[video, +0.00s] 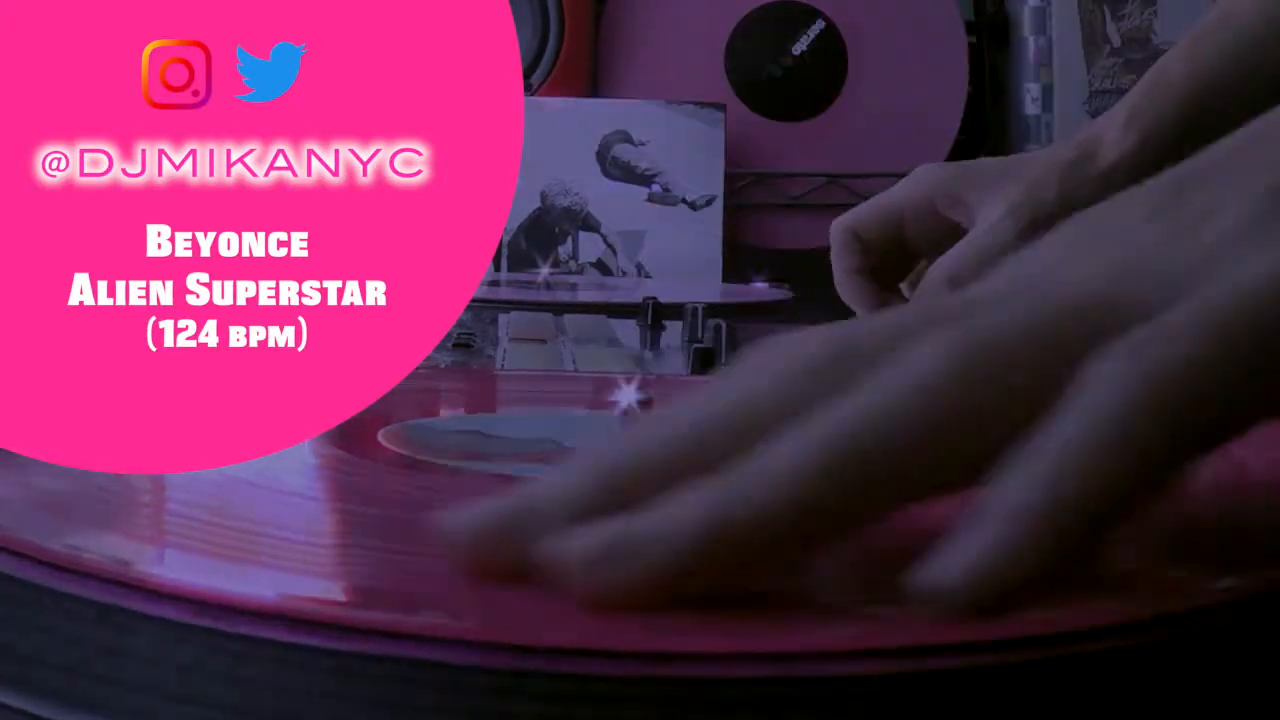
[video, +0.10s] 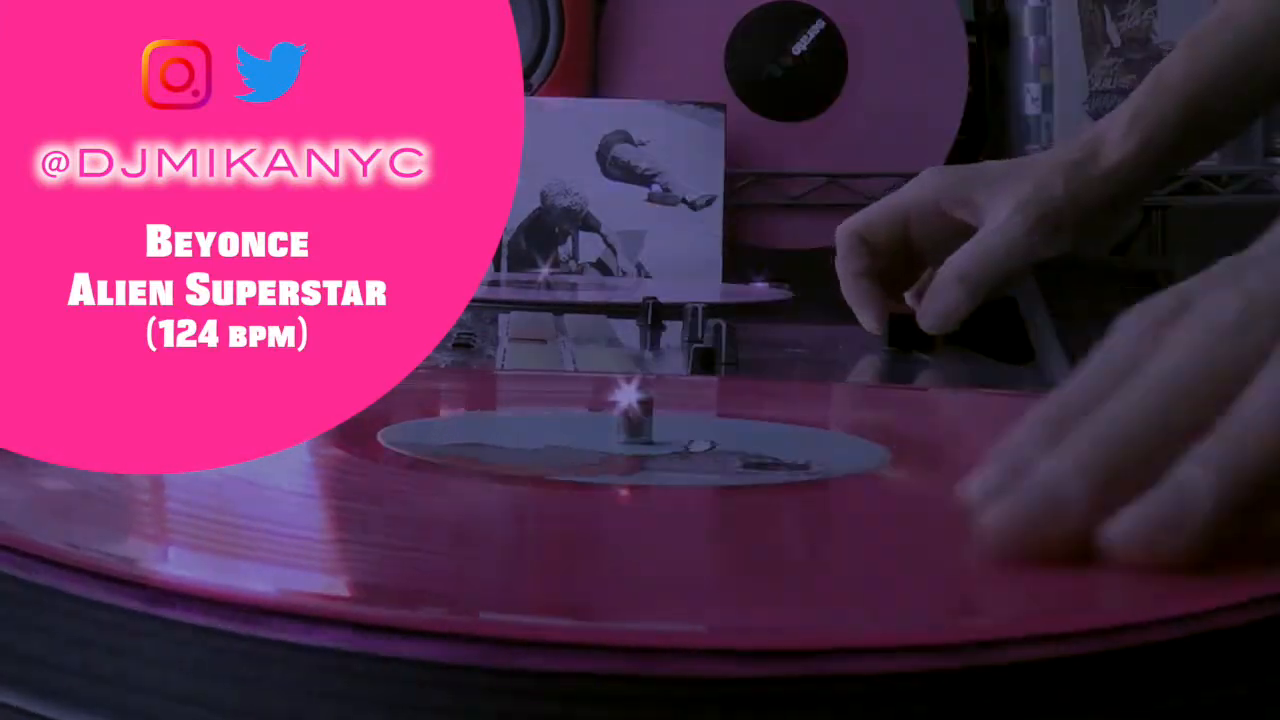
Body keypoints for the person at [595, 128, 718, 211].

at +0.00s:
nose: (644, 143)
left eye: (644, 143)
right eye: (641, 142)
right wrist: (634, 142)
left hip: (608, 169)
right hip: (616, 149)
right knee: (654, 169)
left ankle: (656, 192)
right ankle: (691, 197)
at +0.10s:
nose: (644, 143)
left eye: (644, 143)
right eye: (642, 142)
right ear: (636, 139)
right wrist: (634, 141)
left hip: (608, 170)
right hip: (616, 149)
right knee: (654, 169)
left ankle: (656, 192)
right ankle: (692, 197)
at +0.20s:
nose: (644, 143)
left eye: (644, 143)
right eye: (642, 142)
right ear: (636, 139)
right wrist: (634, 141)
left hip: (608, 170)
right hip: (616, 149)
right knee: (654, 169)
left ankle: (656, 192)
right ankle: (692, 197)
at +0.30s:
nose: (644, 143)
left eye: (644, 143)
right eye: (642, 142)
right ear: (636, 139)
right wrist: (634, 141)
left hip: (608, 170)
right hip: (616, 149)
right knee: (654, 169)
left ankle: (656, 192)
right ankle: (692, 197)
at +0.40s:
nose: (645, 143)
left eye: (644, 143)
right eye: (642, 142)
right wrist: (634, 141)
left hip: (609, 170)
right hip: (616, 149)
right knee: (654, 169)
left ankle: (656, 193)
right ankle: (692, 197)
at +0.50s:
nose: (645, 143)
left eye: (644, 144)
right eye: (642, 142)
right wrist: (634, 141)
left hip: (608, 169)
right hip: (616, 149)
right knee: (654, 169)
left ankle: (656, 192)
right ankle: (691, 197)